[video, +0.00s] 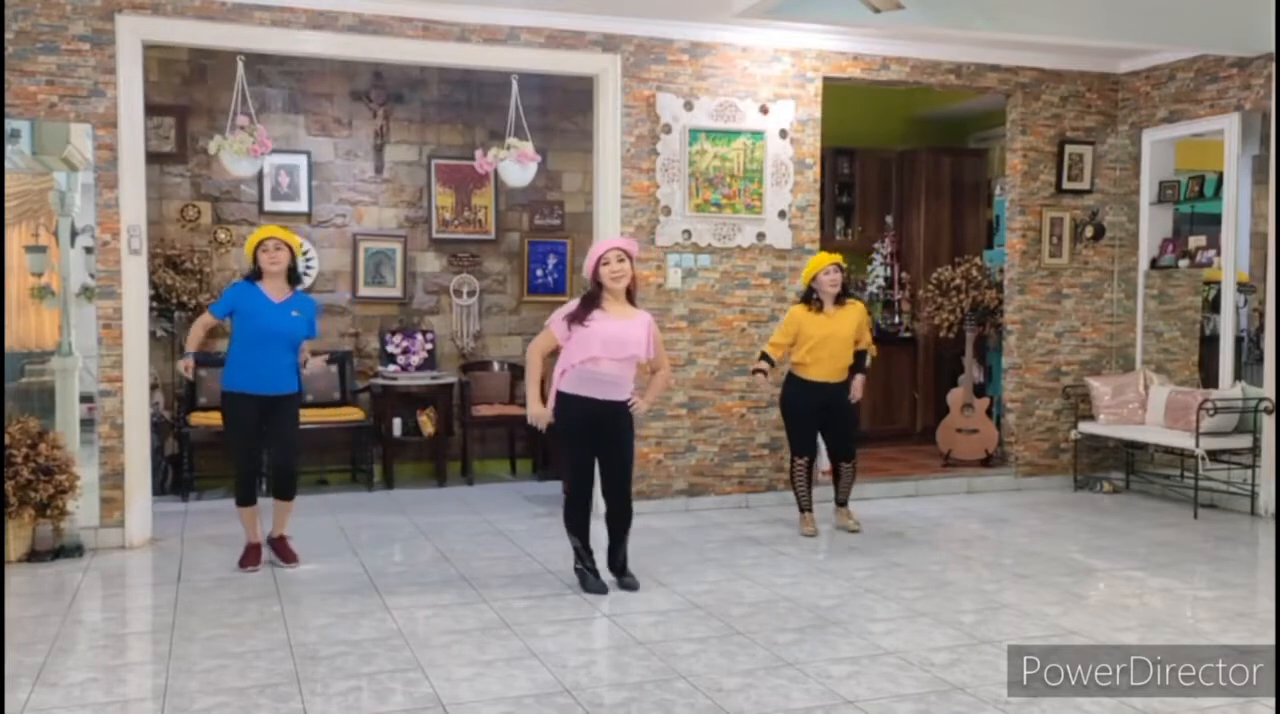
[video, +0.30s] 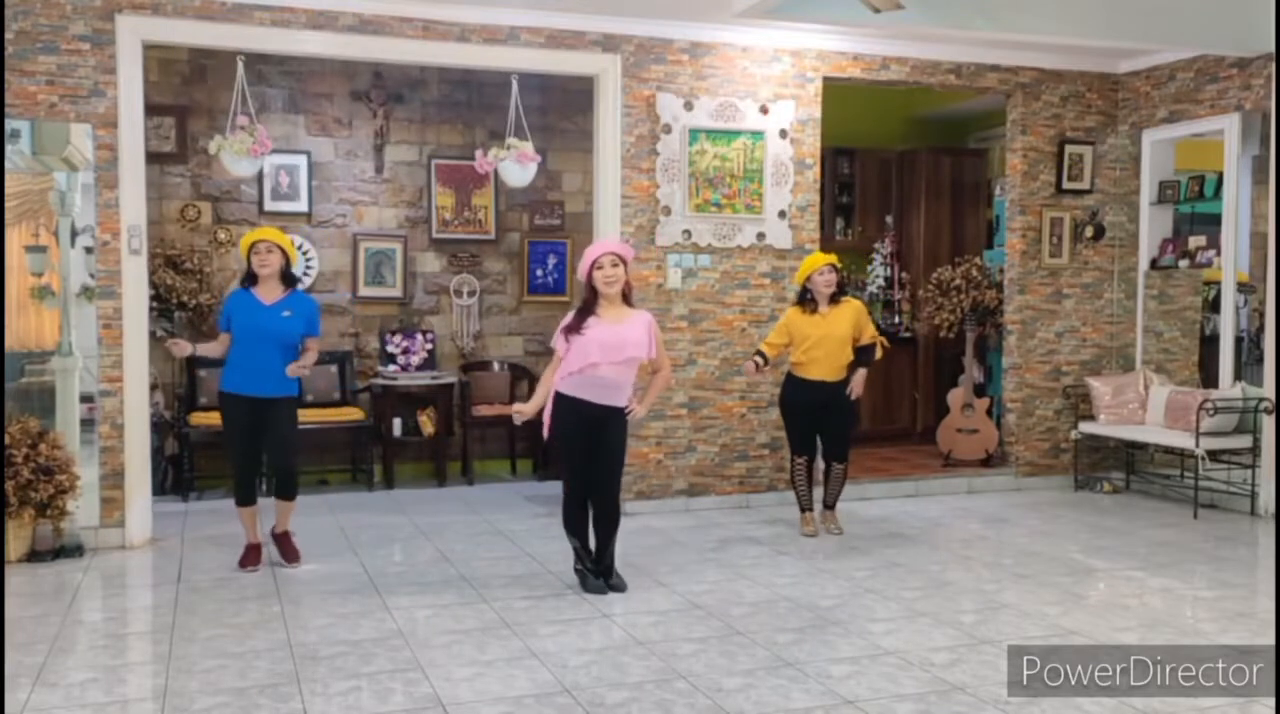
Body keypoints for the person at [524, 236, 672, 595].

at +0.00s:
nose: (615, 268)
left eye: (621, 261)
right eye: (607, 264)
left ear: (632, 270)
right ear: (596, 273)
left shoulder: (643, 321)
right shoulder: (577, 312)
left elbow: (664, 370)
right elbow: (536, 349)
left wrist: (645, 399)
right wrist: (534, 402)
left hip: (617, 411)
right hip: (573, 408)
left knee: (620, 494)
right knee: (579, 490)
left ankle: (619, 563)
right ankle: (584, 564)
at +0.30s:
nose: (609, 273)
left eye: (615, 266)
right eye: (600, 268)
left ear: (626, 274)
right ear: (590, 277)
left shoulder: (643, 322)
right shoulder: (577, 319)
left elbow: (663, 370)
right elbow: (554, 367)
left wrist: (645, 403)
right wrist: (534, 404)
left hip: (613, 413)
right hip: (572, 408)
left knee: (607, 492)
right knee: (577, 488)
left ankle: (606, 564)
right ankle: (583, 563)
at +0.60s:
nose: (613, 267)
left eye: (618, 260)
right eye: (604, 261)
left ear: (628, 266)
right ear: (593, 271)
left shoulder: (647, 312)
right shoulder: (582, 316)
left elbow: (670, 356)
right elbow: (563, 368)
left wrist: (657, 393)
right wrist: (549, 410)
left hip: (629, 409)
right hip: (584, 408)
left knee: (639, 489)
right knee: (584, 488)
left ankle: (646, 561)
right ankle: (584, 563)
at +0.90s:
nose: (627, 266)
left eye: (633, 259)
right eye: (619, 260)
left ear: (643, 266)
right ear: (606, 269)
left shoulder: (663, 302)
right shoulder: (601, 315)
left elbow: (692, 340)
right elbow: (589, 373)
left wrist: (685, 384)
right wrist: (587, 421)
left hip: (658, 406)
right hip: (614, 407)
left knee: (656, 487)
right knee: (604, 484)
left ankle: (657, 563)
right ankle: (590, 559)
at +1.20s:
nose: (642, 266)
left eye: (648, 259)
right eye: (633, 260)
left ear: (657, 266)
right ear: (620, 269)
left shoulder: (677, 300)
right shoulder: (616, 316)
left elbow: (706, 338)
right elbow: (604, 373)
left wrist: (701, 381)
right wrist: (612, 411)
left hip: (674, 404)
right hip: (631, 406)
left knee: (666, 488)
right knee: (625, 486)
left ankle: (659, 562)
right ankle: (619, 560)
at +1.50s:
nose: (650, 268)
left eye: (656, 261)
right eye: (642, 261)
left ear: (665, 268)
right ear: (628, 270)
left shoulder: (680, 305)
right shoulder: (618, 318)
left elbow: (707, 346)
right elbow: (607, 374)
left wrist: (723, 391)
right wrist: (633, 395)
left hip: (680, 406)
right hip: (641, 410)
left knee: (673, 490)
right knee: (641, 488)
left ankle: (660, 563)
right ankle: (633, 559)